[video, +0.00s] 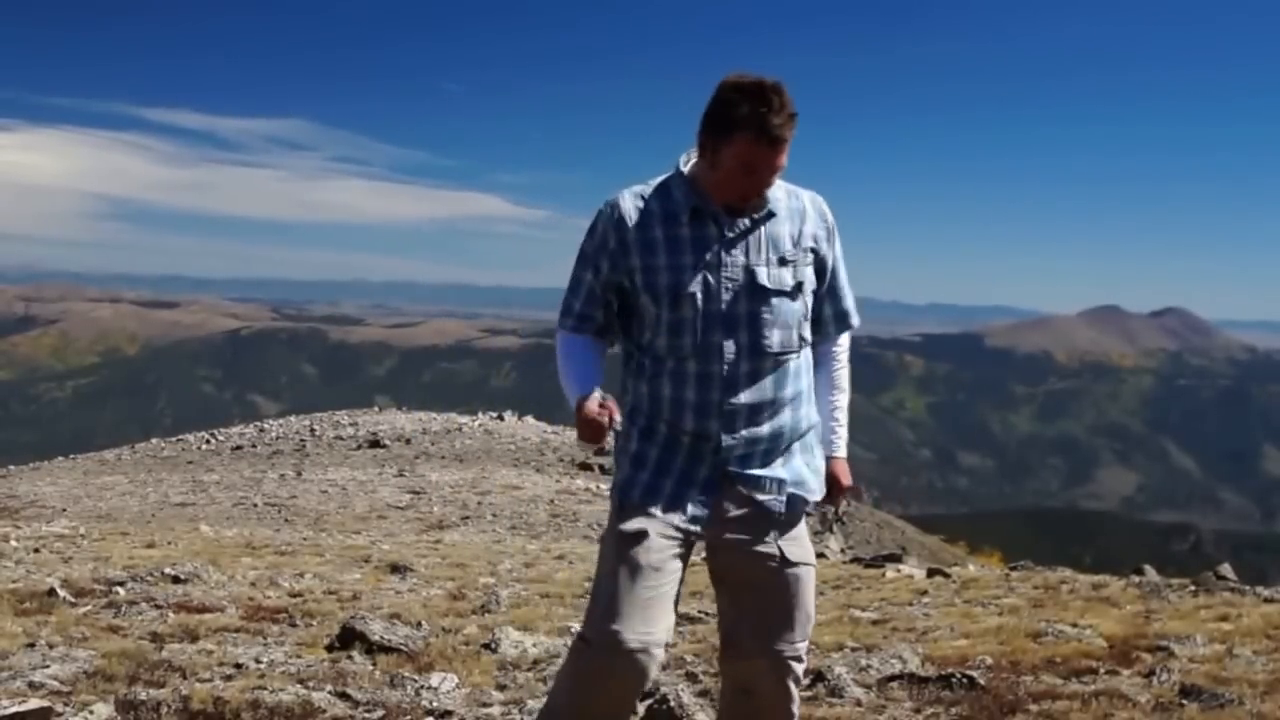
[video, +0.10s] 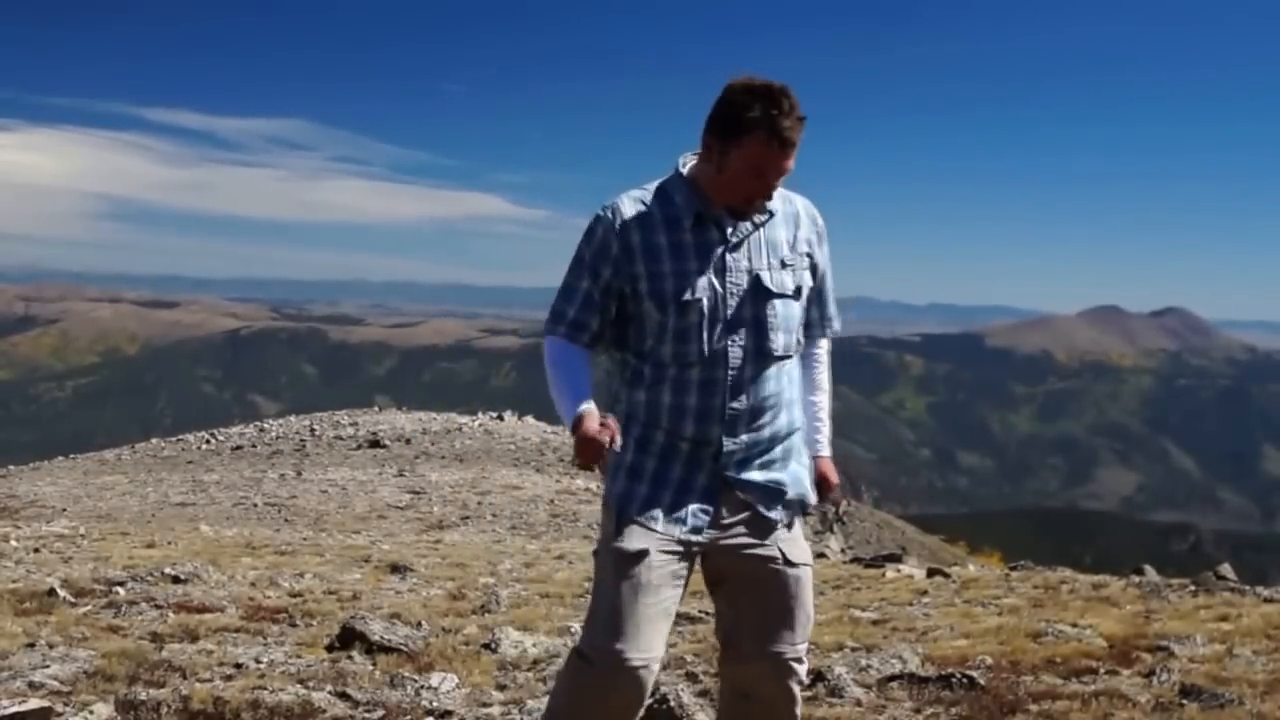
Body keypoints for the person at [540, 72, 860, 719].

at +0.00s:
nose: (762, 187)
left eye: (774, 171)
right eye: (751, 171)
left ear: (784, 154)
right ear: (709, 148)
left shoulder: (808, 218)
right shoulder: (630, 219)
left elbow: (831, 338)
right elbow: (579, 328)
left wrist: (834, 446)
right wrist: (586, 393)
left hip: (774, 478)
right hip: (659, 475)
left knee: (773, 671)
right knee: (622, 652)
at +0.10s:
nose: (771, 190)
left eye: (780, 176)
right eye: (763, 174)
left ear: (789, 160)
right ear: (718, 149)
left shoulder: (800, 223)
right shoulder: (627, 224)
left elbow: (814, 343)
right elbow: (566, 336)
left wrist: (819, 445)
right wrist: (582, 410)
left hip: (768, 490)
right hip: (655, 487)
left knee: (773, 676)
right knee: (619, 669)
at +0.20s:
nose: (771, 183)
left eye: (778, 169)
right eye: (764, 166)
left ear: (783, 157)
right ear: (717, 143)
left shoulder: (784, 217)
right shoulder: (616, 215)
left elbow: (790, 335)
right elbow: (551, 326)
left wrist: (794, 434)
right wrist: (577, 382)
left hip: (749, 481)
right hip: (644, 480)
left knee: (766, 671)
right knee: (622, 665)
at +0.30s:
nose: (757, 179)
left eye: (764, 165)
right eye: (750, 162)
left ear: (764, 152)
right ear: (701, 139)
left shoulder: (762, 218)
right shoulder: (597, 215)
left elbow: (763, 337)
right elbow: (531, 326)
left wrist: (768, 431)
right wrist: (566, 379)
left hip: (726, 481)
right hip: (621, 480)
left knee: (753, 667)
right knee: (611, 665)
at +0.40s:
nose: (729, 183)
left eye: (737, 169)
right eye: (721, 167)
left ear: (741, 160)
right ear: (674, 147)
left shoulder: (737, 236)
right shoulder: (576, 230)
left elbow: (733, 360)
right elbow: (521, 349)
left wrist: (751, 453)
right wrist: (542, 452)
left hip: (701, 500)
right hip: (590, 500)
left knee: (732, 683)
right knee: (591, 692)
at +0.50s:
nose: (687, 175)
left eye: (700, 159)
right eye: (674, 156)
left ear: (715, 153)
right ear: (636, 140)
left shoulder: (724, 237)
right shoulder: (555, 226)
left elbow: (723, 363)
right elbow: (500, 345)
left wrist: (757, 446)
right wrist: (512, 454)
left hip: (674, 492)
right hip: (561, 496)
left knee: (718, 671)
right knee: (573, 685)